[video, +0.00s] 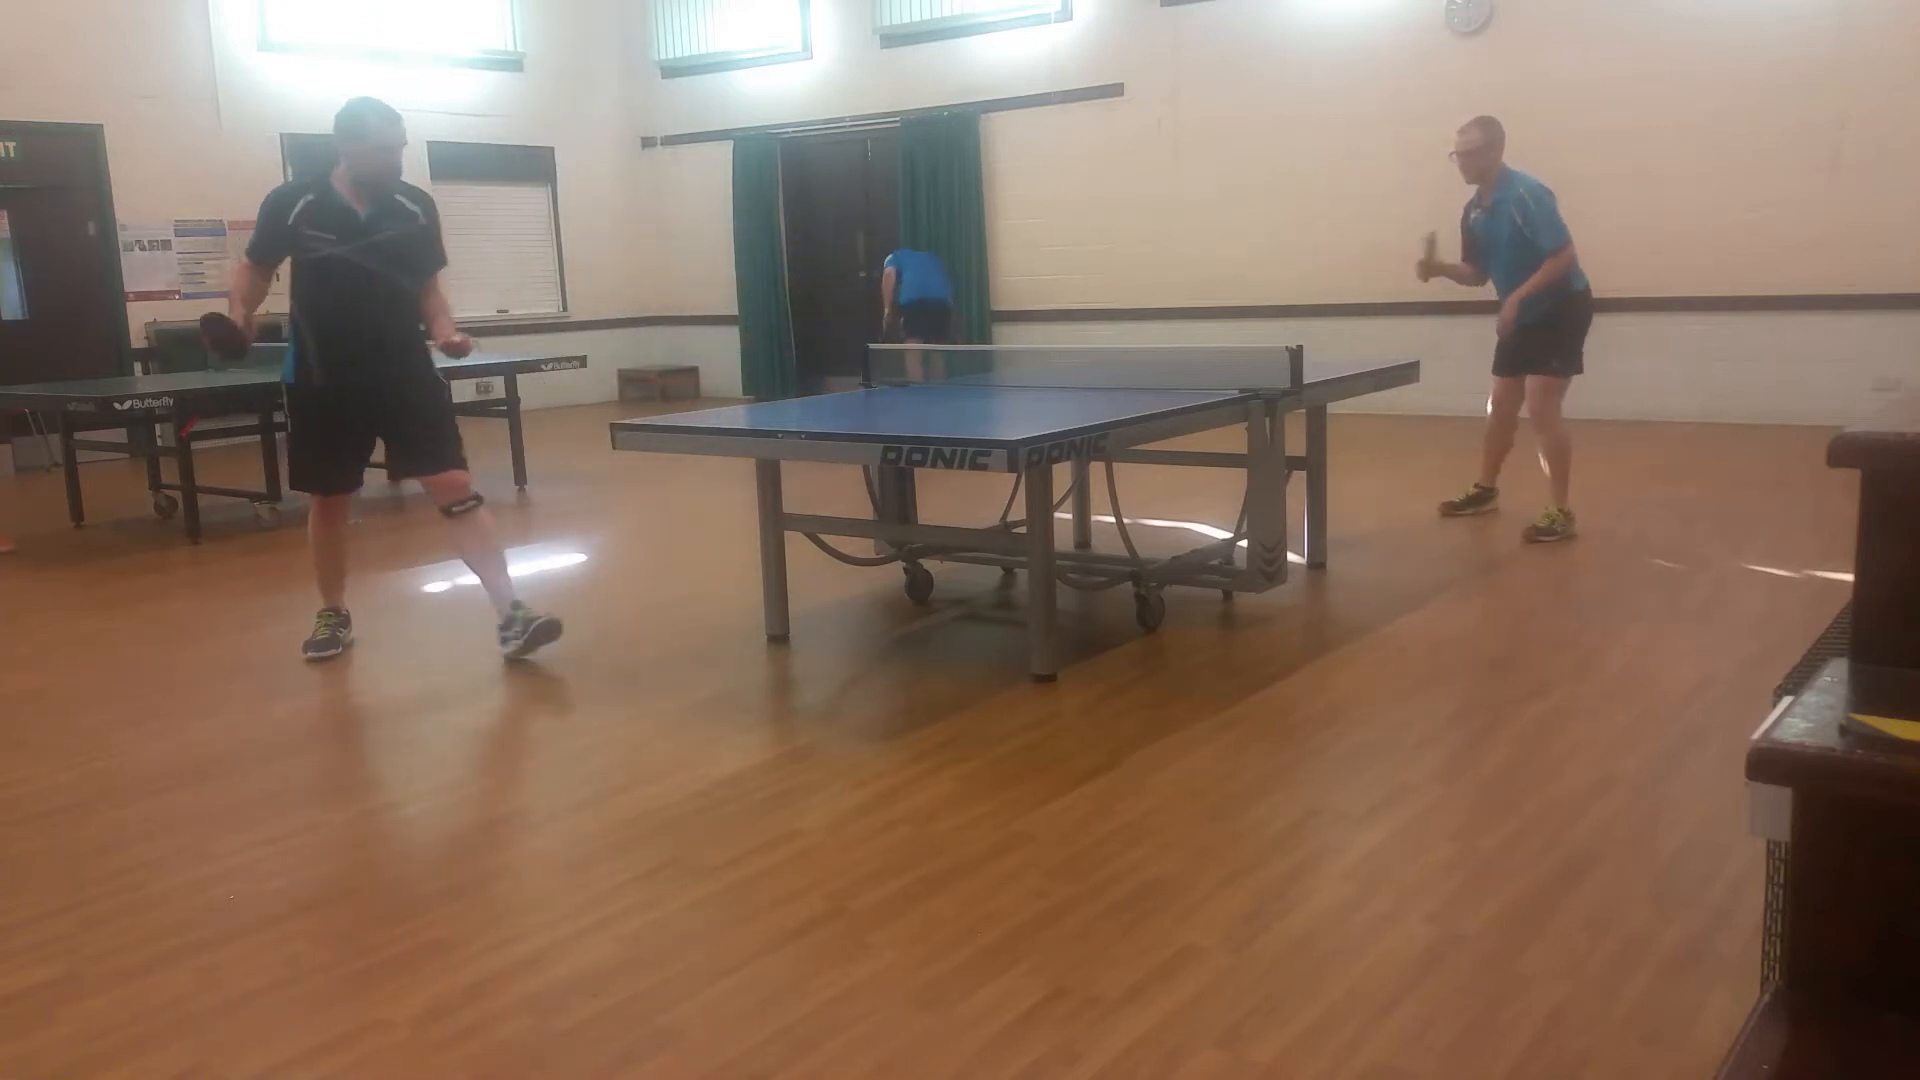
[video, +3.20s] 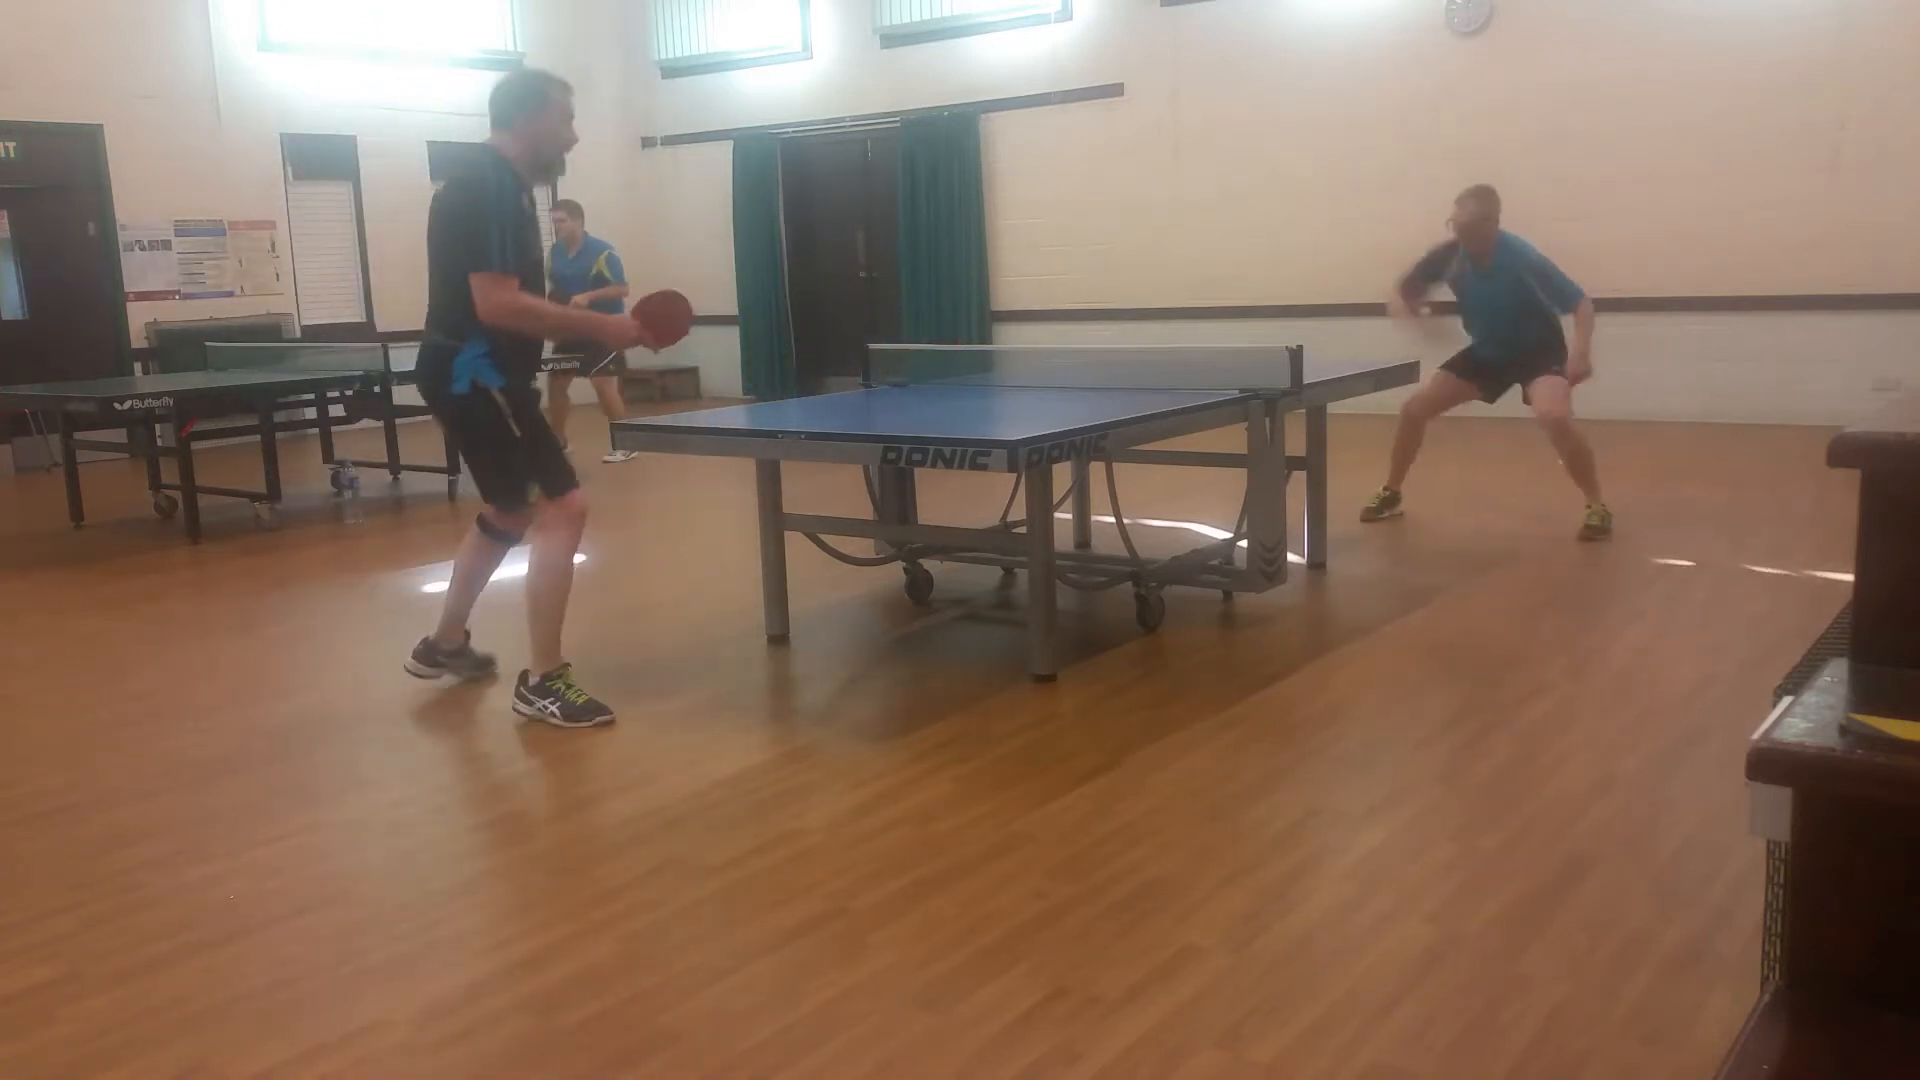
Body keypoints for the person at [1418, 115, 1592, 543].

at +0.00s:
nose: (1457, 162)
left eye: (1465, 154)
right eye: (1456, 155)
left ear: (1494, 152)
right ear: (1463, 156)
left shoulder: (1529, 194)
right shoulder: (1474, 210)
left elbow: (1565, 257)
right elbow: (1477, 273)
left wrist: (1516, 297)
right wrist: (1440, 268)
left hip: (1562, 303)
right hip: (1520, 308)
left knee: (1543, 408)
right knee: (1502, 404)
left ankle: (1560, 512)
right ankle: (1485, 489)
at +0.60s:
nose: (1423, 185)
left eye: (1430, 178)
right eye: (1421, 178)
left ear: (1456, 176)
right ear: (1428, 180)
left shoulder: (1497, 215)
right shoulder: (1433, 229)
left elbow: (1542, 268)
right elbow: (1419, 292)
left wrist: (1516, 320)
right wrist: (1401, 282)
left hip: (1533, 312)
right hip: (1488, 318)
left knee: (1534, 411)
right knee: (1462, 404)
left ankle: (1556, 505)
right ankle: (1475, 486)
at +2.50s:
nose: (1426, 171)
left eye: (1435, 163)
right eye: (1424, 163)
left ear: (1462, 164)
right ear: (1426, 167)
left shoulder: (1498, 206)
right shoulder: (1436, 221)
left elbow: (1534, 271)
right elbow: (1428, 286)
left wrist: (1506, 326)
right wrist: (1398, 277)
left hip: (1527, 315)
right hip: (1481, 317)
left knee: (1506, 409)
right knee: (1434, 399)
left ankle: (1535, 503)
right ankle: (1434, 481)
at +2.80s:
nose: (1422, 203)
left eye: (1431, 196)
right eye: (1420, 195)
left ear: (1456, 198)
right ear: (1419, 198)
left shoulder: (1499, 236)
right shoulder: (1423, 248)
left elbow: (1535, 298)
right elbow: (1408, 304)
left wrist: (1501, 348)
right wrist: (1390, 324)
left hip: (1520, 327)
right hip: (1468, 331)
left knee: (1531, 409)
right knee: (1419, 408)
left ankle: (1577, 500)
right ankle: (1395, 493)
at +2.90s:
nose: (1430, 223)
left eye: (1438, 216)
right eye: (1428, 216)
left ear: (1464, 219)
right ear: (1427, 217)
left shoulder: (1506, 254)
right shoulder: (1431, 266)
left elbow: (1545, 317)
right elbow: (1423, 326)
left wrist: (1508, 364)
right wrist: (1404, 346)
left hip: (1531, 338)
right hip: (1478, 341)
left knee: (1548, 416)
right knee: (1418, 404)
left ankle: (1592, 505)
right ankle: (1393, 493)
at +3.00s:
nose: (1439, 246)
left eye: (1448, 238)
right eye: (1437, 238)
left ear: (1472, 240)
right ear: (1434, 239)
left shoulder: (1515, 268)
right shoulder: (1440, 284)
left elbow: (1558, 330)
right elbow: (1437, 342)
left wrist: (1525, 378)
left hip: (1537, 351)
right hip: (1482, 354)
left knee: (1559, 414)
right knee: (1415, 406)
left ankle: (1596, 504)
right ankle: (1393, 492)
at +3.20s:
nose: (1457, 231)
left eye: (1465, 225)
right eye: (1456, 223)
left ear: (1490, 224)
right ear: (1455, 221)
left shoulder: (1521, 257)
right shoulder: (1450, 256)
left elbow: (1581, 303)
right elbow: (1407, 288)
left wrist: (1580, 355)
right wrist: (1408, 308)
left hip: (1540, 352)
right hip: (1488, 353)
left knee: (1554, 419)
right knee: (1415, 408)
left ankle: (1596, 506)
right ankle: (1391, 492)